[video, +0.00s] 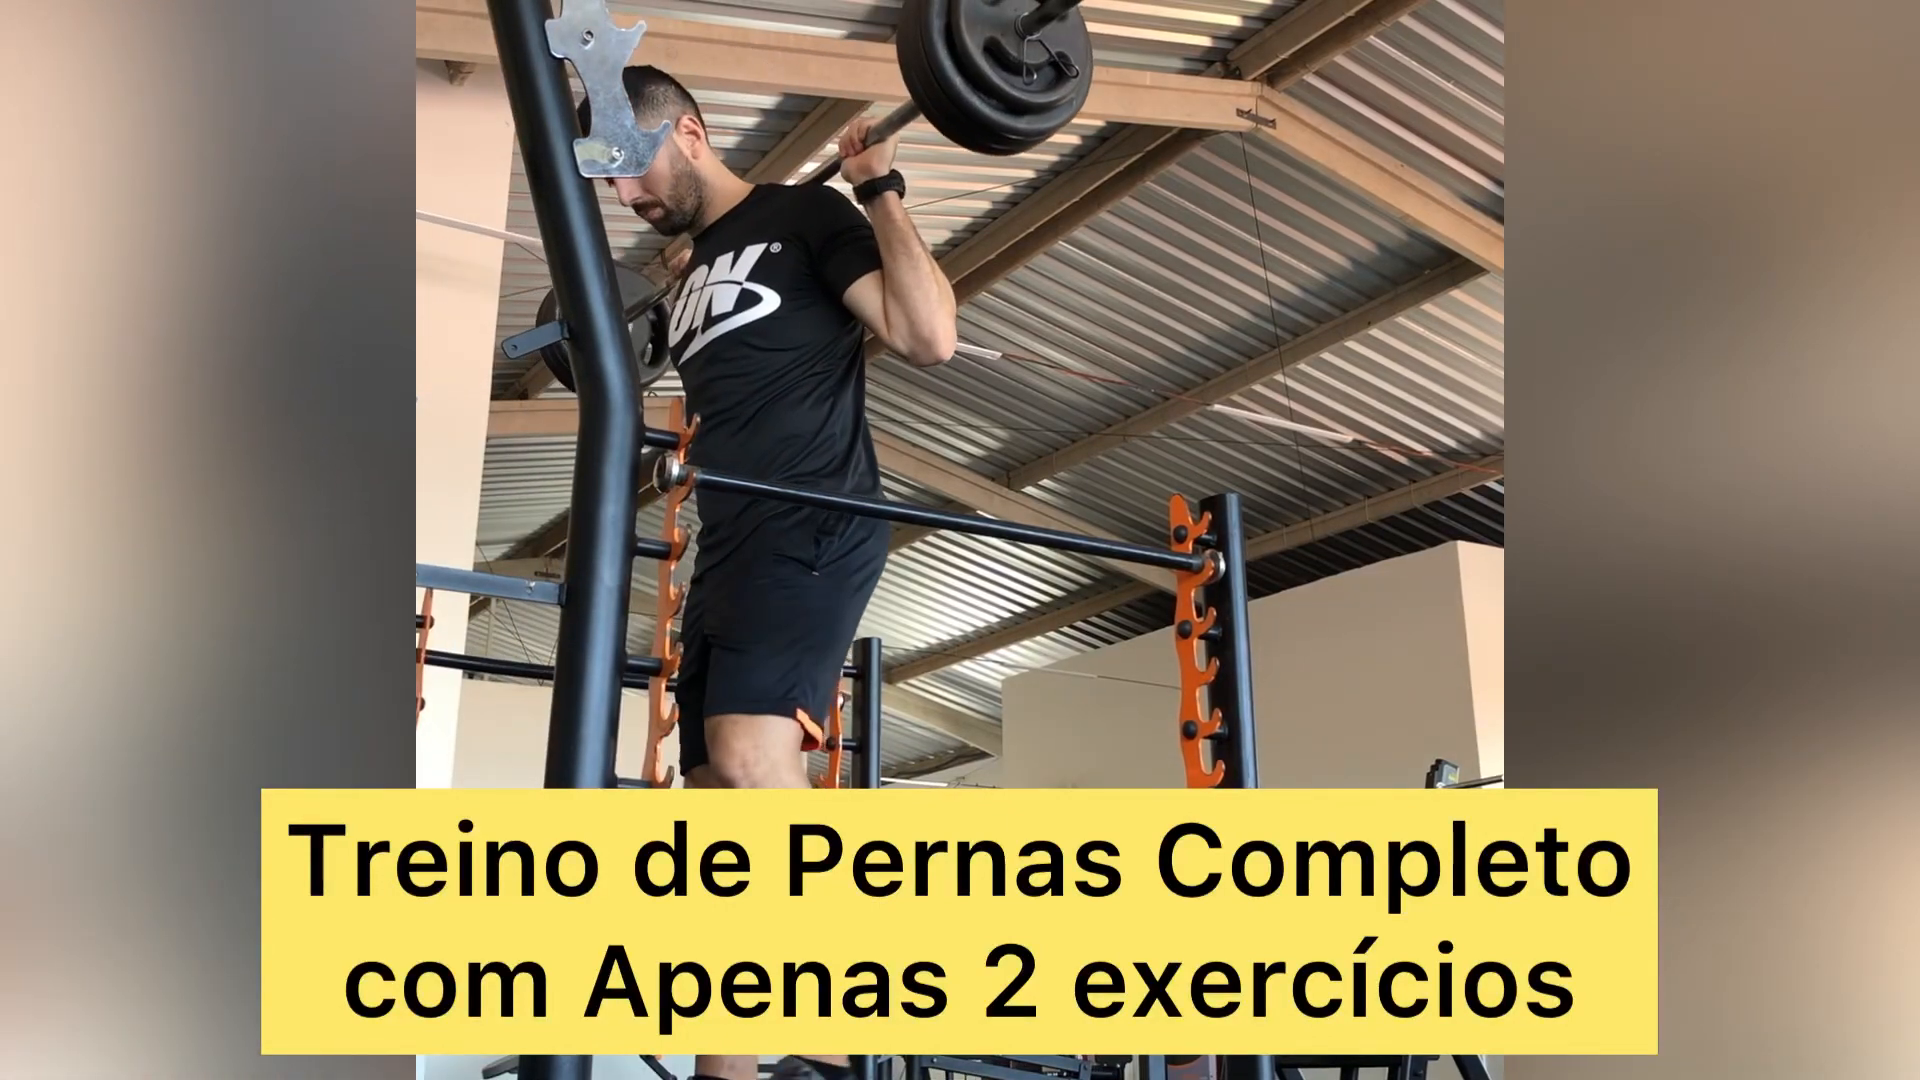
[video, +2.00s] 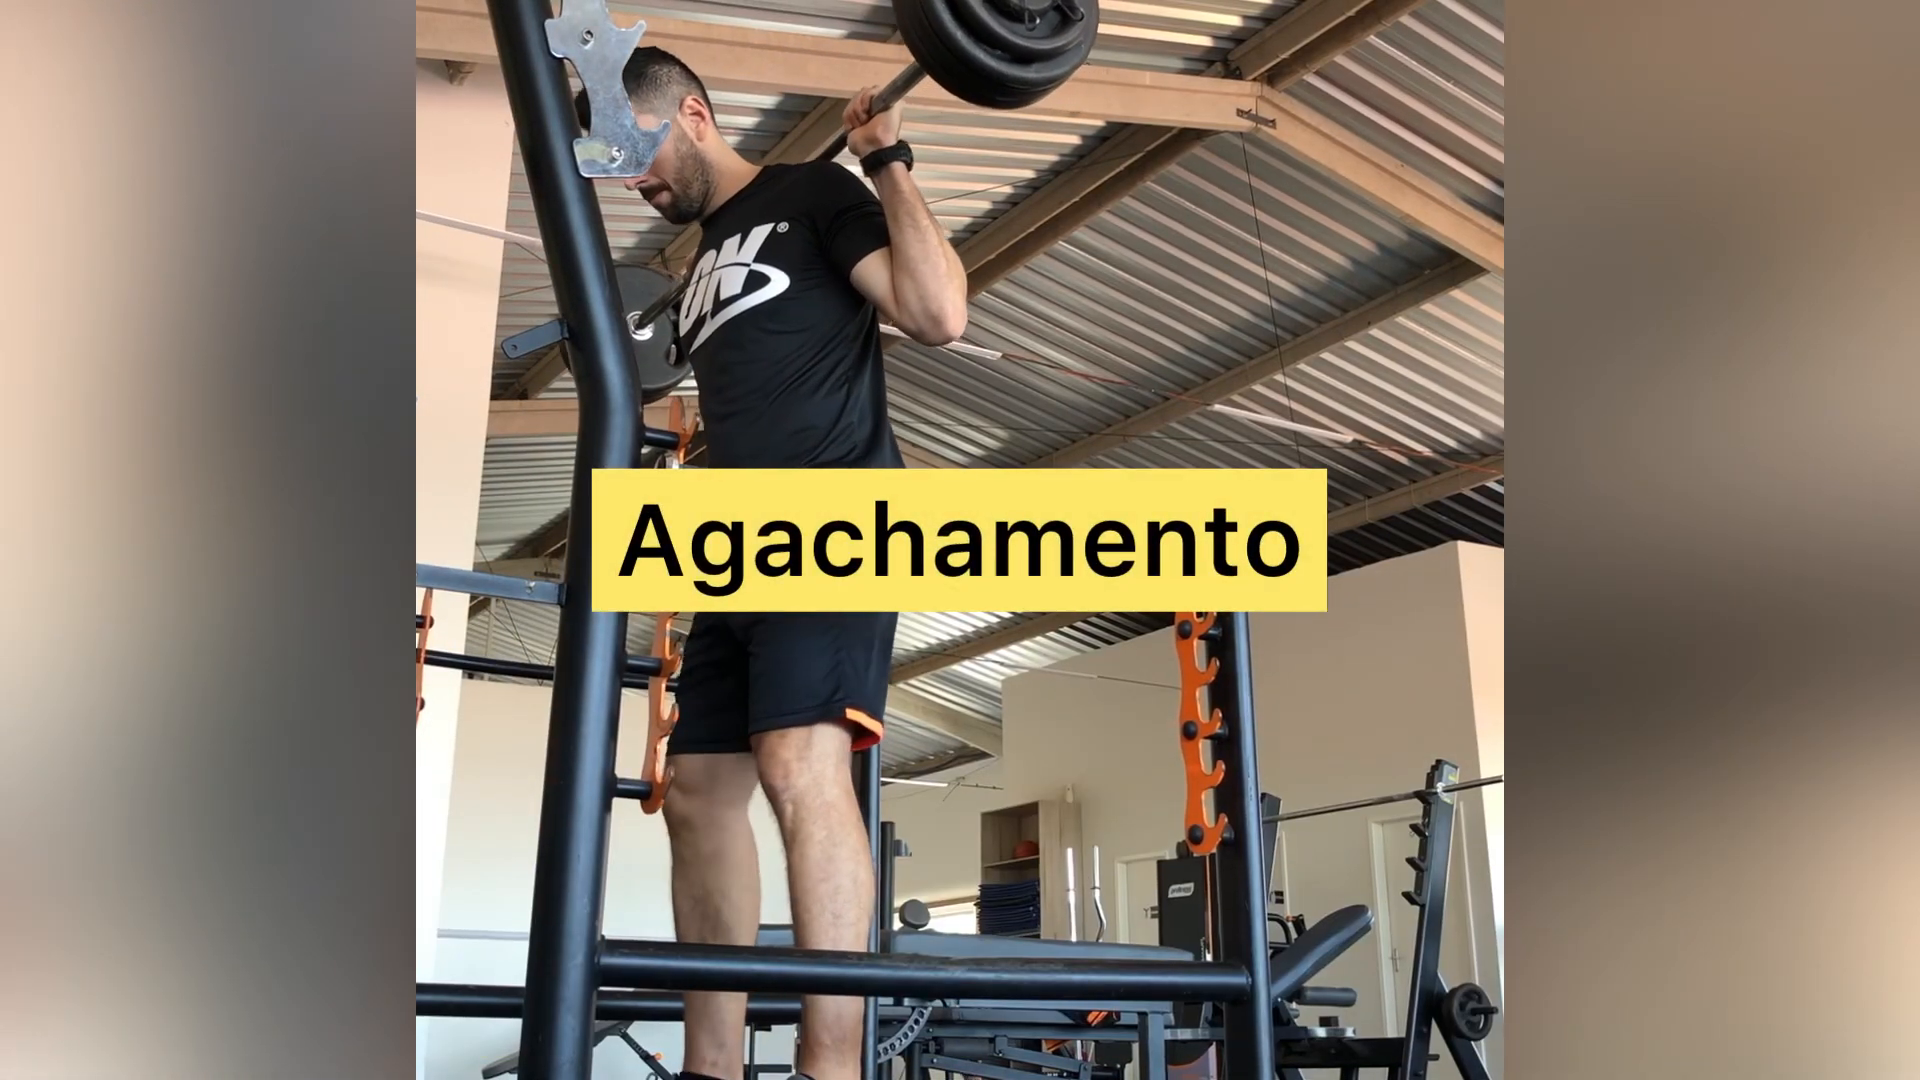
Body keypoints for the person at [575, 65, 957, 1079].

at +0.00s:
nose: (629, 193)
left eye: (634, 164)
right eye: (615, 177)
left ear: (690, 132)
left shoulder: (804, 211)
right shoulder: (687, 278)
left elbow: (931, 337)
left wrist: (883, 193)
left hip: (813, 517)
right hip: (731, 531)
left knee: (752, 747)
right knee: (705, 772)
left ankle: (813, 1015)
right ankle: (731, 1036)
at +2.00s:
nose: (637, 177)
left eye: (643, 147)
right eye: (623, 161)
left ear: (697, 112)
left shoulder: (814, 192)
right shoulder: (698, 271)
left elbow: (941, 314)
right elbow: (717, 429)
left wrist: (891, 166)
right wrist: (680, 577)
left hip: (827, 526)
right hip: (731, 542)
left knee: (802, 763)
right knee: (699, 789)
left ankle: (834, 1065)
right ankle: (713, 1066)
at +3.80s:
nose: (621, 184)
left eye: (628, 155)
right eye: (607, 170)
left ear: (677, 118)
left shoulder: (790, 198)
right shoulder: (675, 261)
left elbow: (906, 325)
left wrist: (856, 173)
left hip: (783, 517)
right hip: (706, 532)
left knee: (762, 758)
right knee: (686, 792)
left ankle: (821, 1063)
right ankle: (707, 1066)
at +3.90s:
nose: (622, 184)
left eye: (629, 155)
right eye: (607, 169)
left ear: (680, 118)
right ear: (605, 168)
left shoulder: (790, 200)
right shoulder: (673, 263)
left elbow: (901, 331)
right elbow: (686, 419)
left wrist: (852, 178)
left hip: (785, 523)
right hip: (705, 538)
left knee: (767, 758)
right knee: (685, 792)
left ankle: (821, 1063)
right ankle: (707, 1067)